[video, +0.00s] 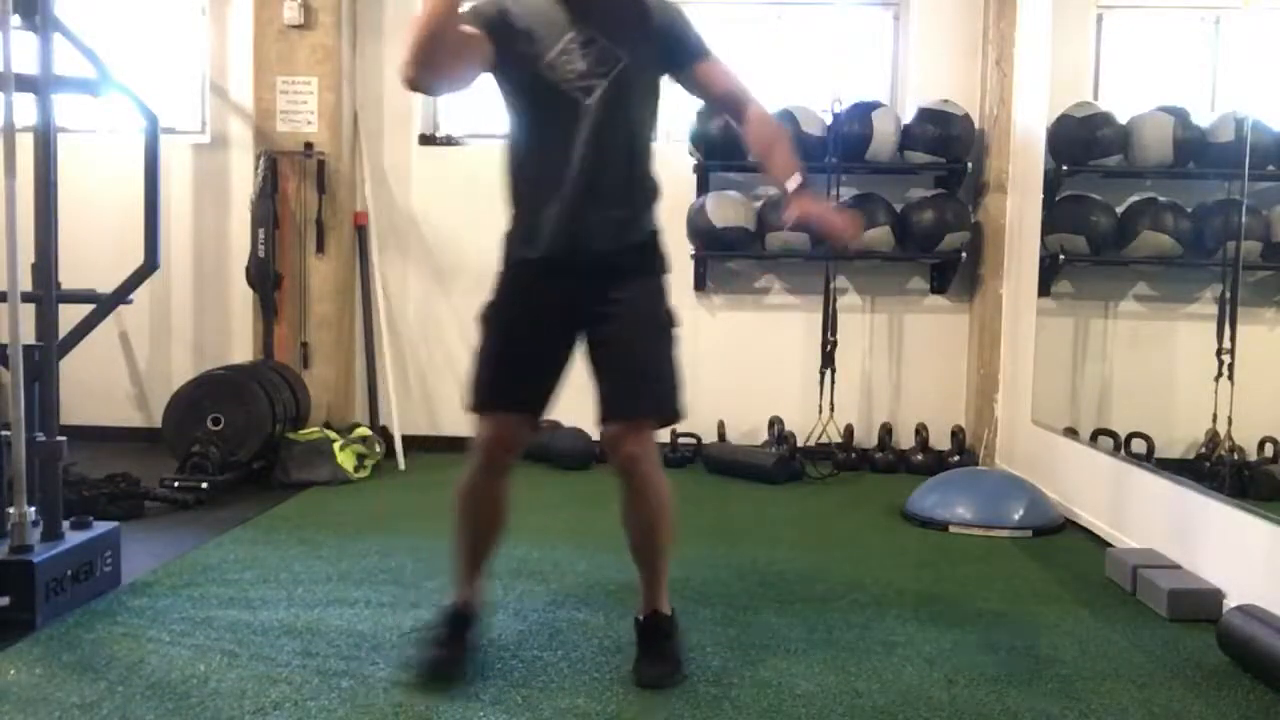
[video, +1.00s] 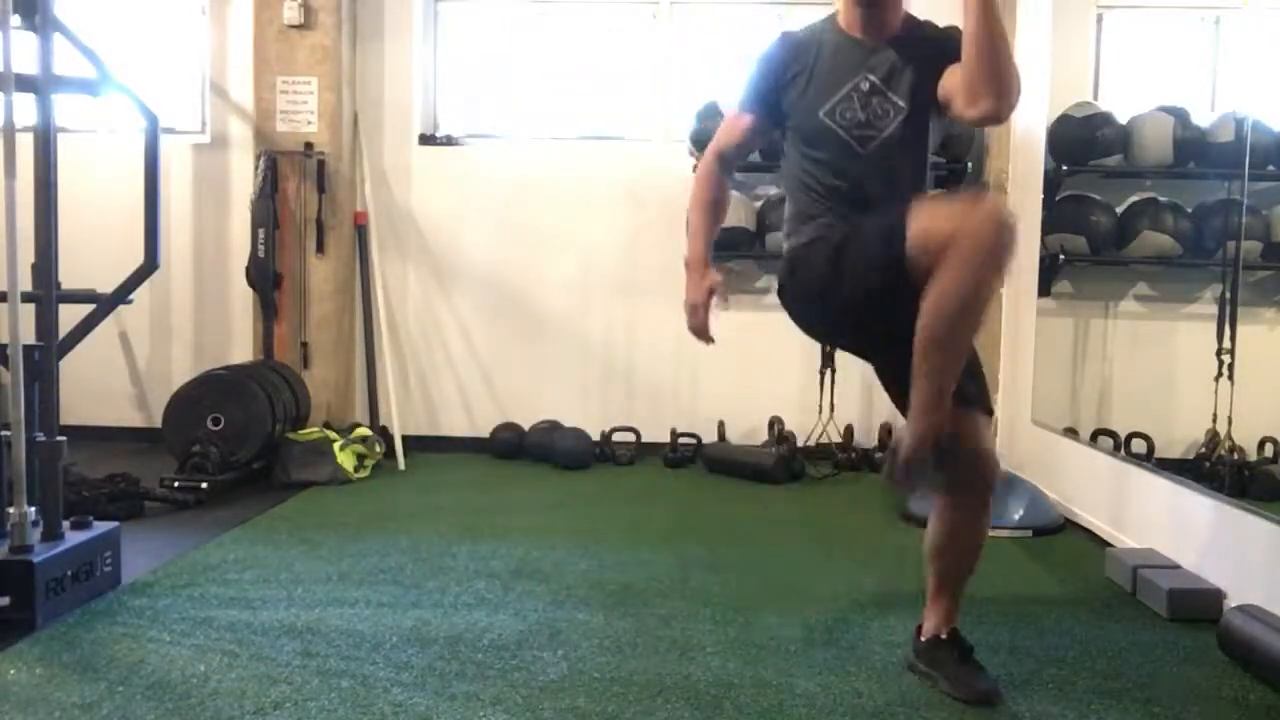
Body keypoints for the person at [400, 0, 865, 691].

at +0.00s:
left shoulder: (648, 17)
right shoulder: (510, 15)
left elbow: (742, 105)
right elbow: (422, 69)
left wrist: (795, 187)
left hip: (626, 266)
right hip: (536, 266)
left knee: (633, 447)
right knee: (495, 444)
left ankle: (655, 617)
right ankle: (462, 609)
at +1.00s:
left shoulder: (932, 46)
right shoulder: (793, 54)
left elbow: (989, 101)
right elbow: (715, 160)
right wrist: (698, 265)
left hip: (912, 281)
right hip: (821, 270)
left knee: (972, 465)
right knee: (983, 219)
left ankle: (938, 636)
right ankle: (920, 447)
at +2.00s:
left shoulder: (620, 10)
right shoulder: (467, 3)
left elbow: (708, 124)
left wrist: (763, 250)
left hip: (555, 231)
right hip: (467, 230)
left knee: (439, 357)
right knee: (428, 435)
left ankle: (535, 523)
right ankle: (425, 632)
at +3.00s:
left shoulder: (728, 20)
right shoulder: (580, 33)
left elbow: (848, 97)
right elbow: (521, 165)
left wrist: (897, 41)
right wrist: (578, 96)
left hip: (712, 278)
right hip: (615, 282)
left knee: (790, 447)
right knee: (586, 467)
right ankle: (559, 625)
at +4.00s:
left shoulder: (850, 18)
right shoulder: (708, 15)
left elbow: (929, 54)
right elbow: (624, 136)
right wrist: (625, 199)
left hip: (828, 271)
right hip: (738, 268)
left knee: (895, 460)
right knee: (766, 466)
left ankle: (897, 648)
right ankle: (655, 615)